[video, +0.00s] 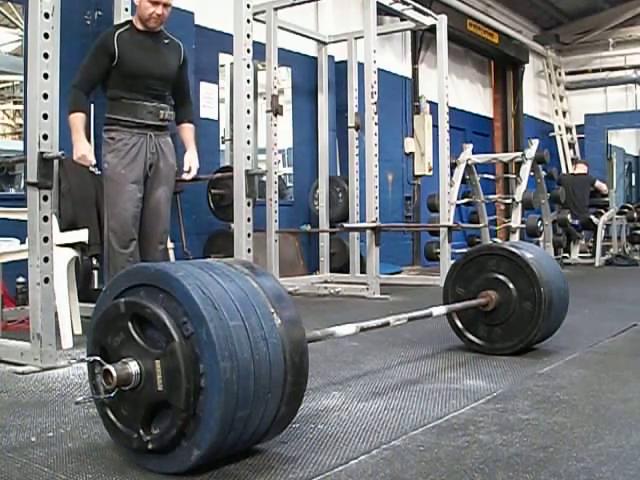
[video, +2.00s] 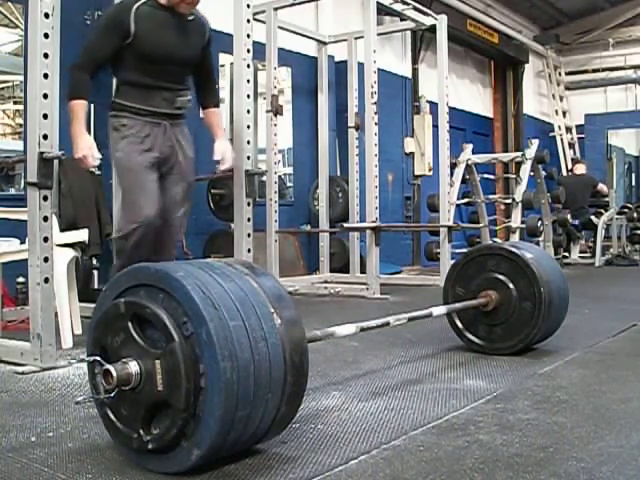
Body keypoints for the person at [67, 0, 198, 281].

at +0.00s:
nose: (159, 11)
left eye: (165, 6)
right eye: (153, 3)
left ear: (170, 9)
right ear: (137, 2)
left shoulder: (176, 49)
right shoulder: (113, 39)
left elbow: (183, 104)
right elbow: (79, 91)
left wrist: (191, 149)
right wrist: (79, 141)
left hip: (163, 143)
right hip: (123, 141)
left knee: (157, 233)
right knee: (123, 230)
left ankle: (159, 306)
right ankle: (122, 307)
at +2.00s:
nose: (195, 2)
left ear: (195, 1)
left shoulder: (199, 27)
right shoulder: (127, 14)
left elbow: (207, 85)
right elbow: (82, 70)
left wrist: (220, 137)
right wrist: (79, 134)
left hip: (178, 130)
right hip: (133, 127)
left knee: (173, 225)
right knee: (144, 215)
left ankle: (161, 305)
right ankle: (122, 300)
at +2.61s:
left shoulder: (283, 4)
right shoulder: (206, 2)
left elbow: (279, 53)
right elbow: (160, 44)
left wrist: (290, 115)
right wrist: (178, 112)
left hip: (277, 115)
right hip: (225, 112)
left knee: (323, 207)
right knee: (234, 231)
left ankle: (333, 328)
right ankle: (235, 348)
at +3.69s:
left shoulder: (409, 6)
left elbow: (409, 43)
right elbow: (281, 18)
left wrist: (428, 114)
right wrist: (294, 105)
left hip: (371, 96)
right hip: (323, 90)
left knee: (392, 217)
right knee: (346, 222)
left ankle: (392, 352)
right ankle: (355, 363)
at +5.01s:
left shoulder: (432, 5)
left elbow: (447, 49)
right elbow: (303, 13)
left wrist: (482, 108)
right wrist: (328, 93)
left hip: (386, 95)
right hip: (337, 86)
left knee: (397, 221)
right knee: (352, 221)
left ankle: (390, 349)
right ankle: (351, 363)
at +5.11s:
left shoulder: (436, 5)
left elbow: (454, 53)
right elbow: (306, 9)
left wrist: (492, 108)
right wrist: (337, 82)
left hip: (386, 94)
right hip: (335, 85)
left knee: (398, 221)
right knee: (352, 222)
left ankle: (391, 350)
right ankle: (350, 363)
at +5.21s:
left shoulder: (439, 4)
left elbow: (459, 55)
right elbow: (311, 6)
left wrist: (500, 108)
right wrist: (347, 72)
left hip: (390, 96)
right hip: (336, 89)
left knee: (398, 224)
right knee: (353, 224)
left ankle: (391, 351)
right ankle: (352, 363)